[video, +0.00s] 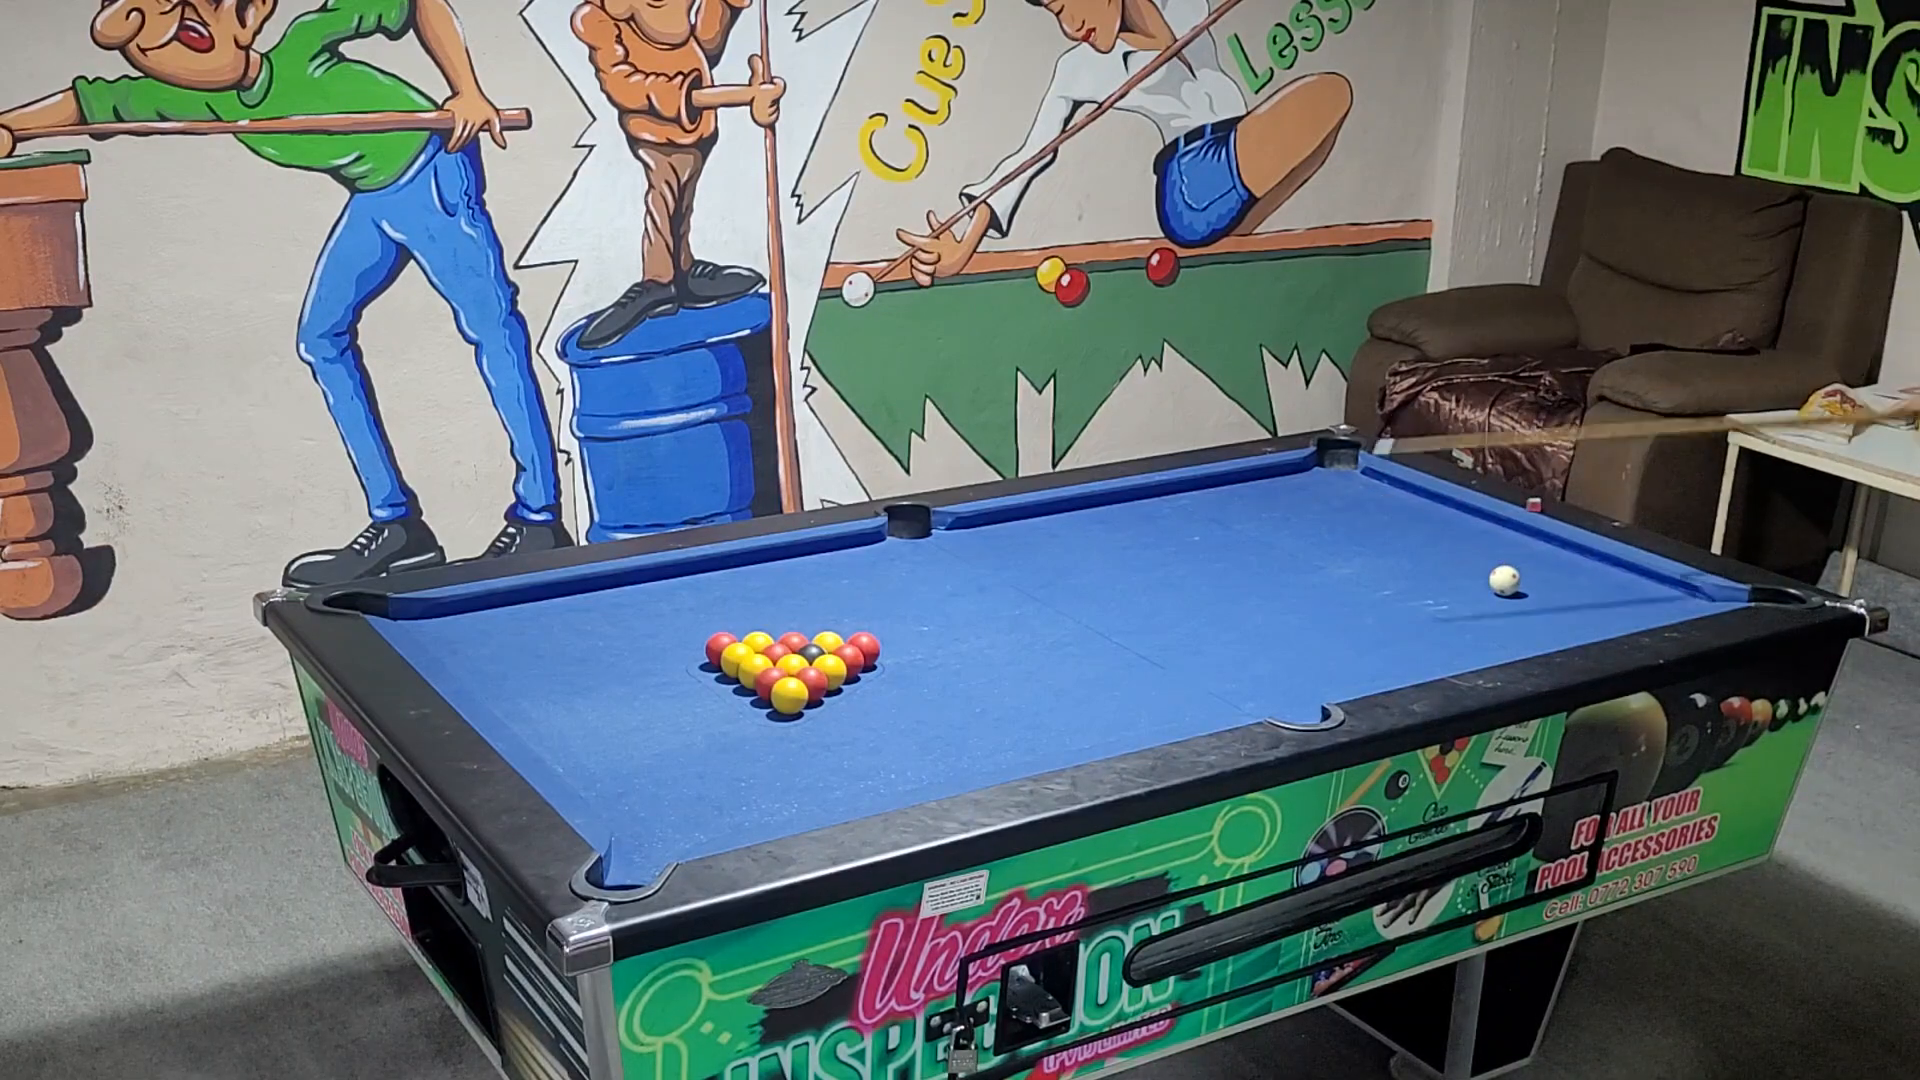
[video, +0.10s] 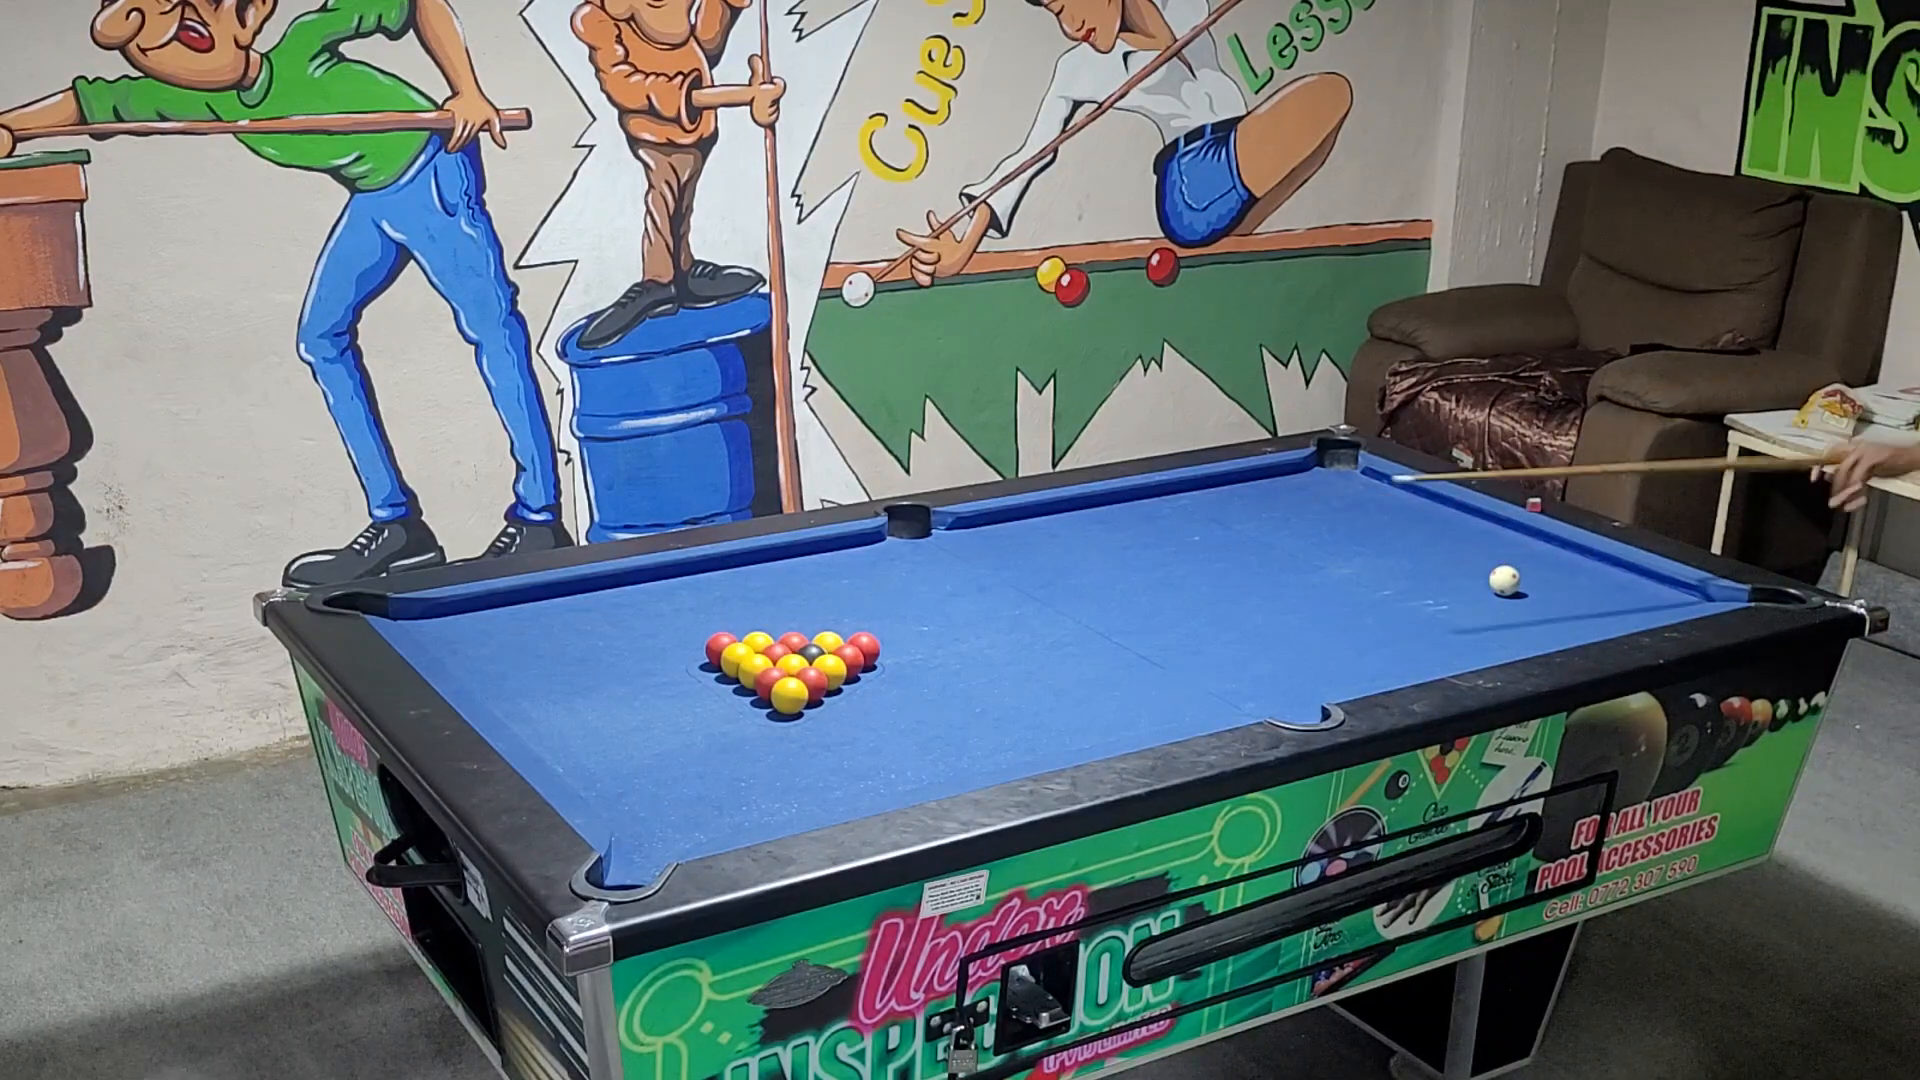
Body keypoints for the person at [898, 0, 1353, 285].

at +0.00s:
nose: (1070, 24)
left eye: (1070, 5)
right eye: (1057, 16)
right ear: (1056, 18)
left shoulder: (1175, 10)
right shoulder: (1077, 69)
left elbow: (1200, 58)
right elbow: (1028, 157)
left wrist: (1138, 14)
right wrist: (963, 246)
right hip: (1191, 185)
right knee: (1330, 91)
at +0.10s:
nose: (1069, 24)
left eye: (1070, 5)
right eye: (1057, 15)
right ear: (1056, 18)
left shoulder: (1175, 10)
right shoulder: (1077, 69)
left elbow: (1200, 57)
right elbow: (1028, 157)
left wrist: (1140, 14)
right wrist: (964, 245)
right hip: (1196, 178)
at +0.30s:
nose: (1069, 24)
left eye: (1069, 5)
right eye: (1057, 16)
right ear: (1056, 18)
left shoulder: (1175, 11)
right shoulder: (1077, 69)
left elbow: (1202, 61)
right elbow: (1028, 157)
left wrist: (1144, 16)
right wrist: (963, 246)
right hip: (1190, 185)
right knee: (1330, 91)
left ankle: (1236, 231)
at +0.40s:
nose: (1069, 24)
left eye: (1069, 5)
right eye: (1057, 15)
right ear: (1056, 18)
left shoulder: (1175, 11)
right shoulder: (1077, 69)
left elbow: (1201, 60)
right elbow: (1028, 157)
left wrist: (1142, 15)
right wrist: (963, 246)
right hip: (1190, 185)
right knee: (1330, 91)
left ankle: (1236, 231)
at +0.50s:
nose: (1070, 24)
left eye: (1070, 5)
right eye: (1057, 15)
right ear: (1056, 18)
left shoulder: (1174, 10)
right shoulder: (1077, 69)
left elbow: (1198, 59)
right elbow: (1028, 156)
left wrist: (1140, 14)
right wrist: (963, 246)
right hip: (1191, 183)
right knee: (1331, 91)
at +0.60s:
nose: (1070, 24)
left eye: (1071, 4)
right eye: (1056, 15)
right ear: (1055, 18)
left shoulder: (1176, 10)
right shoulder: (1076, 69)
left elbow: (1196, 55)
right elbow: (1029, 156)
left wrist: (1137, 11)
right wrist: (964, 244)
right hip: (1193, 182)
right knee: (1331, 92)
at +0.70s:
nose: (1070, 24)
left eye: (1070, 5)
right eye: (1057, 16)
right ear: (1056, 18)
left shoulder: (1175, 10)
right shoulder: (1077, 69)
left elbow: (1198, 56)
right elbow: (1028, 157)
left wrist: (1137, 13)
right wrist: (963, 245)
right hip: (1191, 184)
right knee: (1331, 91)